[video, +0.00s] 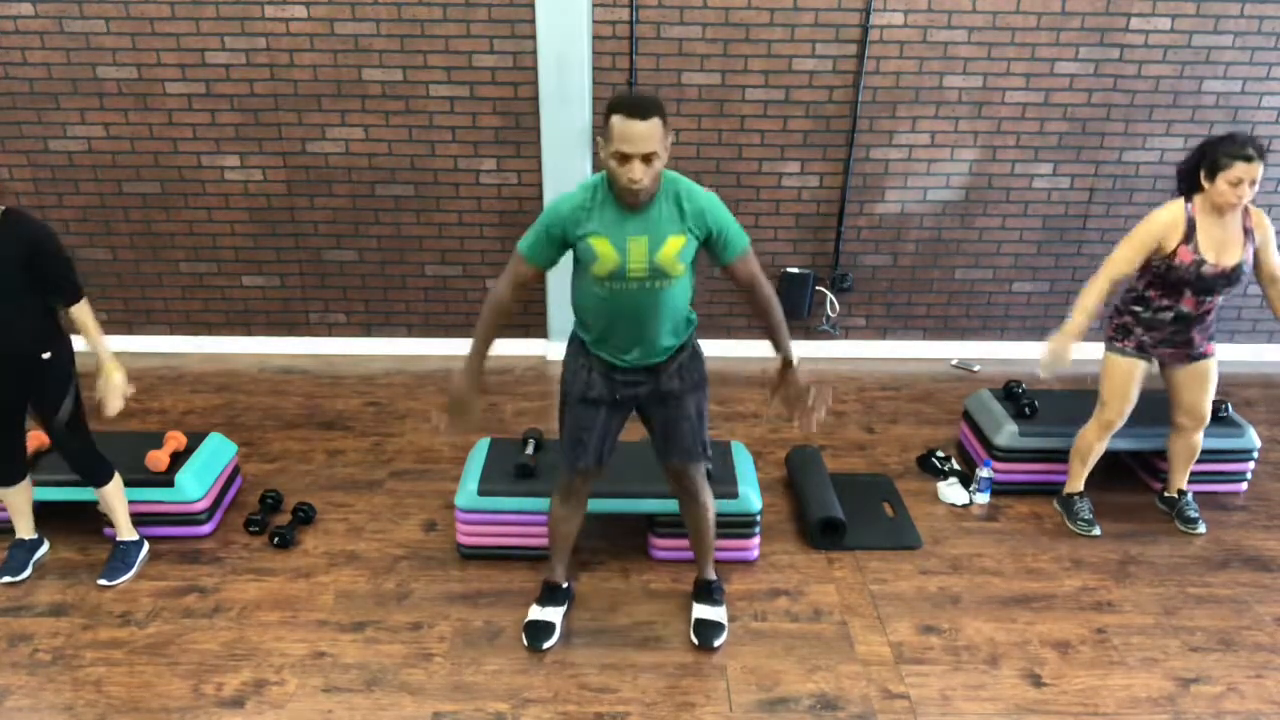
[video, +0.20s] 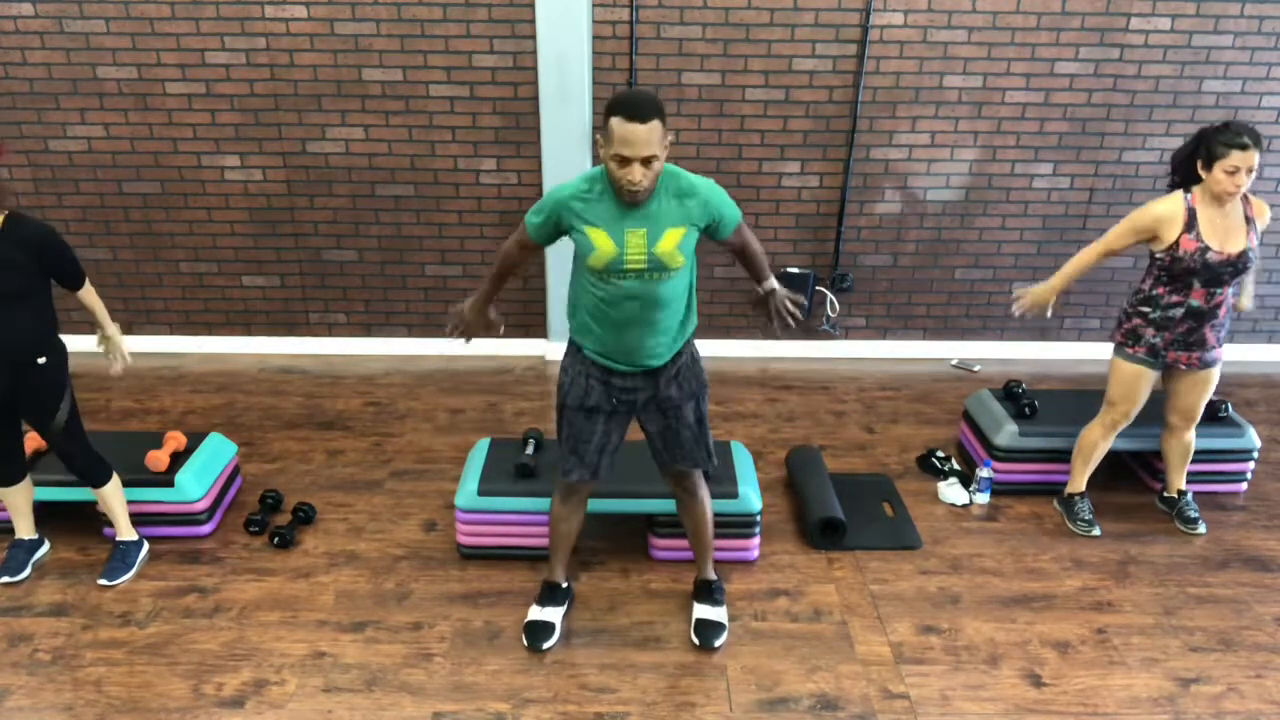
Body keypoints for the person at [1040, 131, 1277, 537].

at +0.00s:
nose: (1246, 194)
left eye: (1253, 184)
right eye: (1236, 183)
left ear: (1258, 183)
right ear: (1207, 180)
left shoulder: (1256, 223)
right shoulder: (1171, 218)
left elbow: (1273, 285)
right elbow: (1107, 275)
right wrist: (1069, 334)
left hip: (1193, 330)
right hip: (1136, 323)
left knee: (1193, 419)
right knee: (1111, 415)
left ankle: (1176, 493)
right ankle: (1072, 492)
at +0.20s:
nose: (1241, 182)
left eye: (1249, 172)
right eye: (1232, 171)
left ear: (1256, 171)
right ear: (1203, 168)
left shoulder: (1256, 213)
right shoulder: (1168, 212)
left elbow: (1244, 254)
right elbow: (1102, 248)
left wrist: (1245, 290)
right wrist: (1051, 288)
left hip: (1204, 334)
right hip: (1149, 328)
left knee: (1184, 423)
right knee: (1115, 416)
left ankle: (1175, 493)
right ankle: (1073, 493)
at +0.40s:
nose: (1239, 182)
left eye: (1246, 172)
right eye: (1229, 171)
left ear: (1252, 170)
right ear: (1201, 168)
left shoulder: (1254, 212)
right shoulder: (1166, 212)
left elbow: (1220, 259)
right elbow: (1106, 245)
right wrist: (1063, 273)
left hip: (1206, 337)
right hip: (1151, 330)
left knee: (1181, 424)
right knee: (1117, 416)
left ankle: (1175, 493)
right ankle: (1074, 493)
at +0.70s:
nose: (1239, 183)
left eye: (1248, 173)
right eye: (1230, 172)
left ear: (1254, 172)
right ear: (1204, 168)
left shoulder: (1254, 219)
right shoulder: (1166, 213)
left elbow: (1258, 281)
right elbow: (1107, 265)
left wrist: (1276, 337)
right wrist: (1077, 320)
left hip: (1197, 334)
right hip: (1143, 326)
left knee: (1187, 422)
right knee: (1114, 414)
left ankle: (1174, 494)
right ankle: (1073, 493)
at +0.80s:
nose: (1243, 195)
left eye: (1251, 185)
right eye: (1234, 184)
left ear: (1257, 183)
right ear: (1207, 180)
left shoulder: (1255, 226)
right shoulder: (1168, 220)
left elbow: (1263, 287)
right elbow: (1112, 277)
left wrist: (1276, 319)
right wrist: (1127, 331)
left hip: (1192, 330)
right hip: (1138, 323)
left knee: (1194, 420)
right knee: (1114, 415)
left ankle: (1174, 493)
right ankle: (1073, 493)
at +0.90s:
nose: (1243, 222)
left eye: (1251, 212)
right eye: (1234, 211)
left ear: (1258, 207)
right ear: (1207, 204)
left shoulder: (1256, 245)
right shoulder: (1167, 237)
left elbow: (1266, 307)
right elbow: (1123, 304)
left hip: (1183, 336)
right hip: (1129, 331)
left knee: (1200, 422)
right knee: (1110, 420)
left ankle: (1174, 493)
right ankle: (1072, 494)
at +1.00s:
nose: (1239, 258)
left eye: (1247, 248)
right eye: (1231, 247)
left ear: (1255, 243)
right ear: (1203, 236)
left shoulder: (1251, 270)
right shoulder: (1165, 261)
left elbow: (1265, 338)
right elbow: (1144, 335)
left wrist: (1274, 319)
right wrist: (1210, 321)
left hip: (1176, 342)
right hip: (1121, 336)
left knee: (1206, 427)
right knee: (1109, 425)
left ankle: (1174, 493)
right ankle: (1072, 493)